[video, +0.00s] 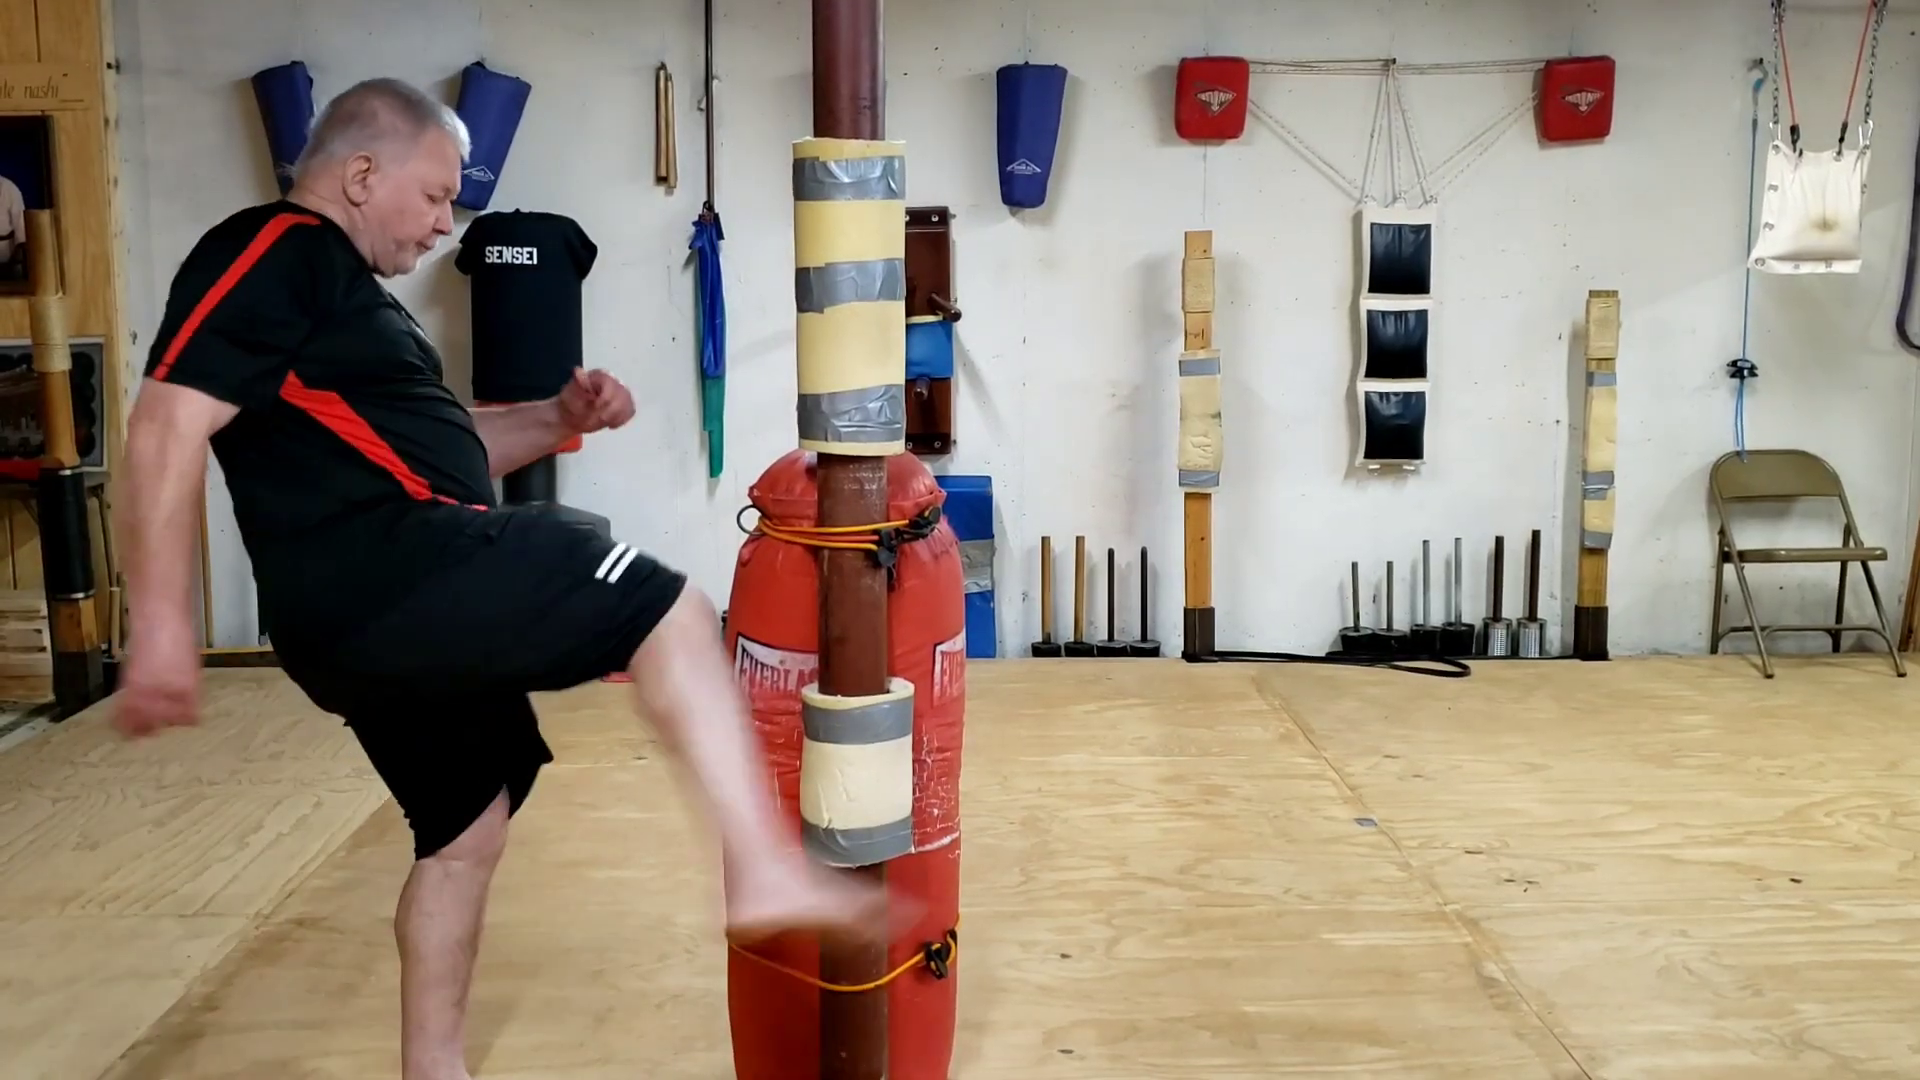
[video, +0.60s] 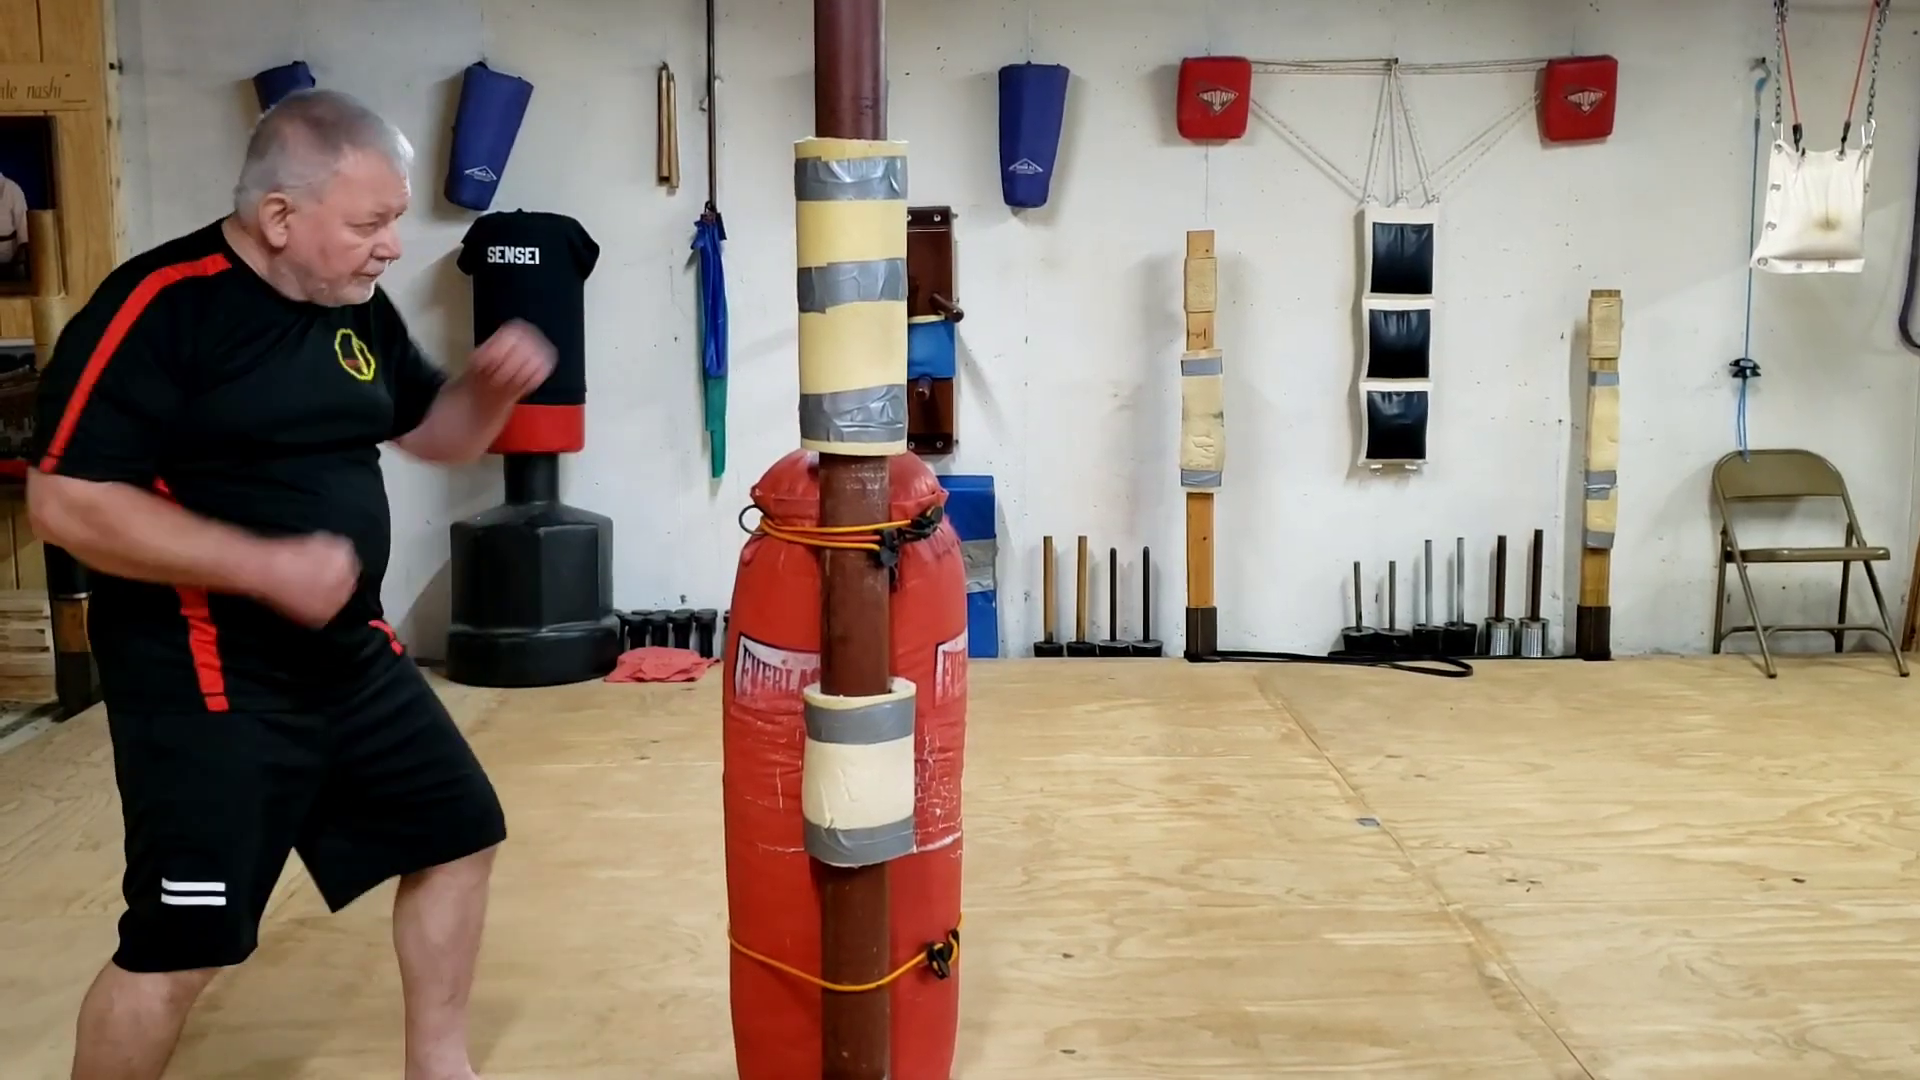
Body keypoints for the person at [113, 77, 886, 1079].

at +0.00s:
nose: (447, 222)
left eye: (452, 202)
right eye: (438, 194)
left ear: (364, 180)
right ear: (361, 173)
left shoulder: (346, 297)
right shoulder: (275, 243)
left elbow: (417, 453)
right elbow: (164, 424)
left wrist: (559, 421)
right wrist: (160, 633)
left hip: (356, 609)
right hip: (398, 563)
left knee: (466, 818)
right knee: (672, 611)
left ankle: (433, 1066)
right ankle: (769, 868)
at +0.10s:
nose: (437, 214)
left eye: (443, 195)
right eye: (429, 186)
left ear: (353, 172)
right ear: (353, 163)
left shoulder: (334, 276)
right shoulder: (275, 240)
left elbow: (394, 461)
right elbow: (217, 429)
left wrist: (522, 429)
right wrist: (319, 597)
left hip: (389, 583)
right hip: (380, 571)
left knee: (456, 840)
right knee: (615, 704)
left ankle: (439, 1056)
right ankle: (425, 949)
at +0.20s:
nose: (433, 215)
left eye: (439, 194)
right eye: (424, 185)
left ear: (344, 174)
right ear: (345, 167)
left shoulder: (320, 272)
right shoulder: (264, 248)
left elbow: (357, 444)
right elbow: (276, 428)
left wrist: (482, 474)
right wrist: (483, 498)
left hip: (382, 606)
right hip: (322, 613)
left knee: (465, 837)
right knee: (459, 842)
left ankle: (436, 1067)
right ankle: (188, 1020)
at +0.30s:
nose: (430, 226)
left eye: (433, 203)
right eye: (416, 198)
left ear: (336, 195)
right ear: (333, 190)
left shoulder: (321, 294)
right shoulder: (238, 274)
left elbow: (320, 509)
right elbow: (280, 449)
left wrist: (447, 543)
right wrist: (480, 418)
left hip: (394, 654)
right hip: (283, 671)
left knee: (470, 842)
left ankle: (437, 1069)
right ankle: (136, 1073)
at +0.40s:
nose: (415, 249)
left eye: (418, 224)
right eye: (396, 224)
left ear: (317, 221)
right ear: (309, 216)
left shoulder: (327, 314)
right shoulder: (195, 311)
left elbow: (318, 509)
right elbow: (236, 506)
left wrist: (422, 558)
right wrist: (427, 441)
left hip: (363, 663)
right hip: (223, 688)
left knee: (486, 835)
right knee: (181, 953)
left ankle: (439, 1067)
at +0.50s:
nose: (399, 249)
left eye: (401, 224)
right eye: (378, 225)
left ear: (295, 222)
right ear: (287, 220)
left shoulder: (345, 308)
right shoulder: (166, 305)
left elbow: (337, 468)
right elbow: (132, 516)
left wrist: (431, 480)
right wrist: (347, 499)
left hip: (349, 659)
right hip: (204, 688)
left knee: (469, 839)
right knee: (176, 948)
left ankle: (439, 1067)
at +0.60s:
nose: (392, 248)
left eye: (395, 222)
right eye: (371, 224)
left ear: (289, 221)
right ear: (279, 219)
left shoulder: (356, 307)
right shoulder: (154, 304)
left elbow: (437, 437)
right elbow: (64, 500)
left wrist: (487, 387)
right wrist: (265, 564)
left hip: (344, 650)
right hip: (197, 677)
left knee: (458, 833)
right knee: (180, 938)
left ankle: (439, 1065)